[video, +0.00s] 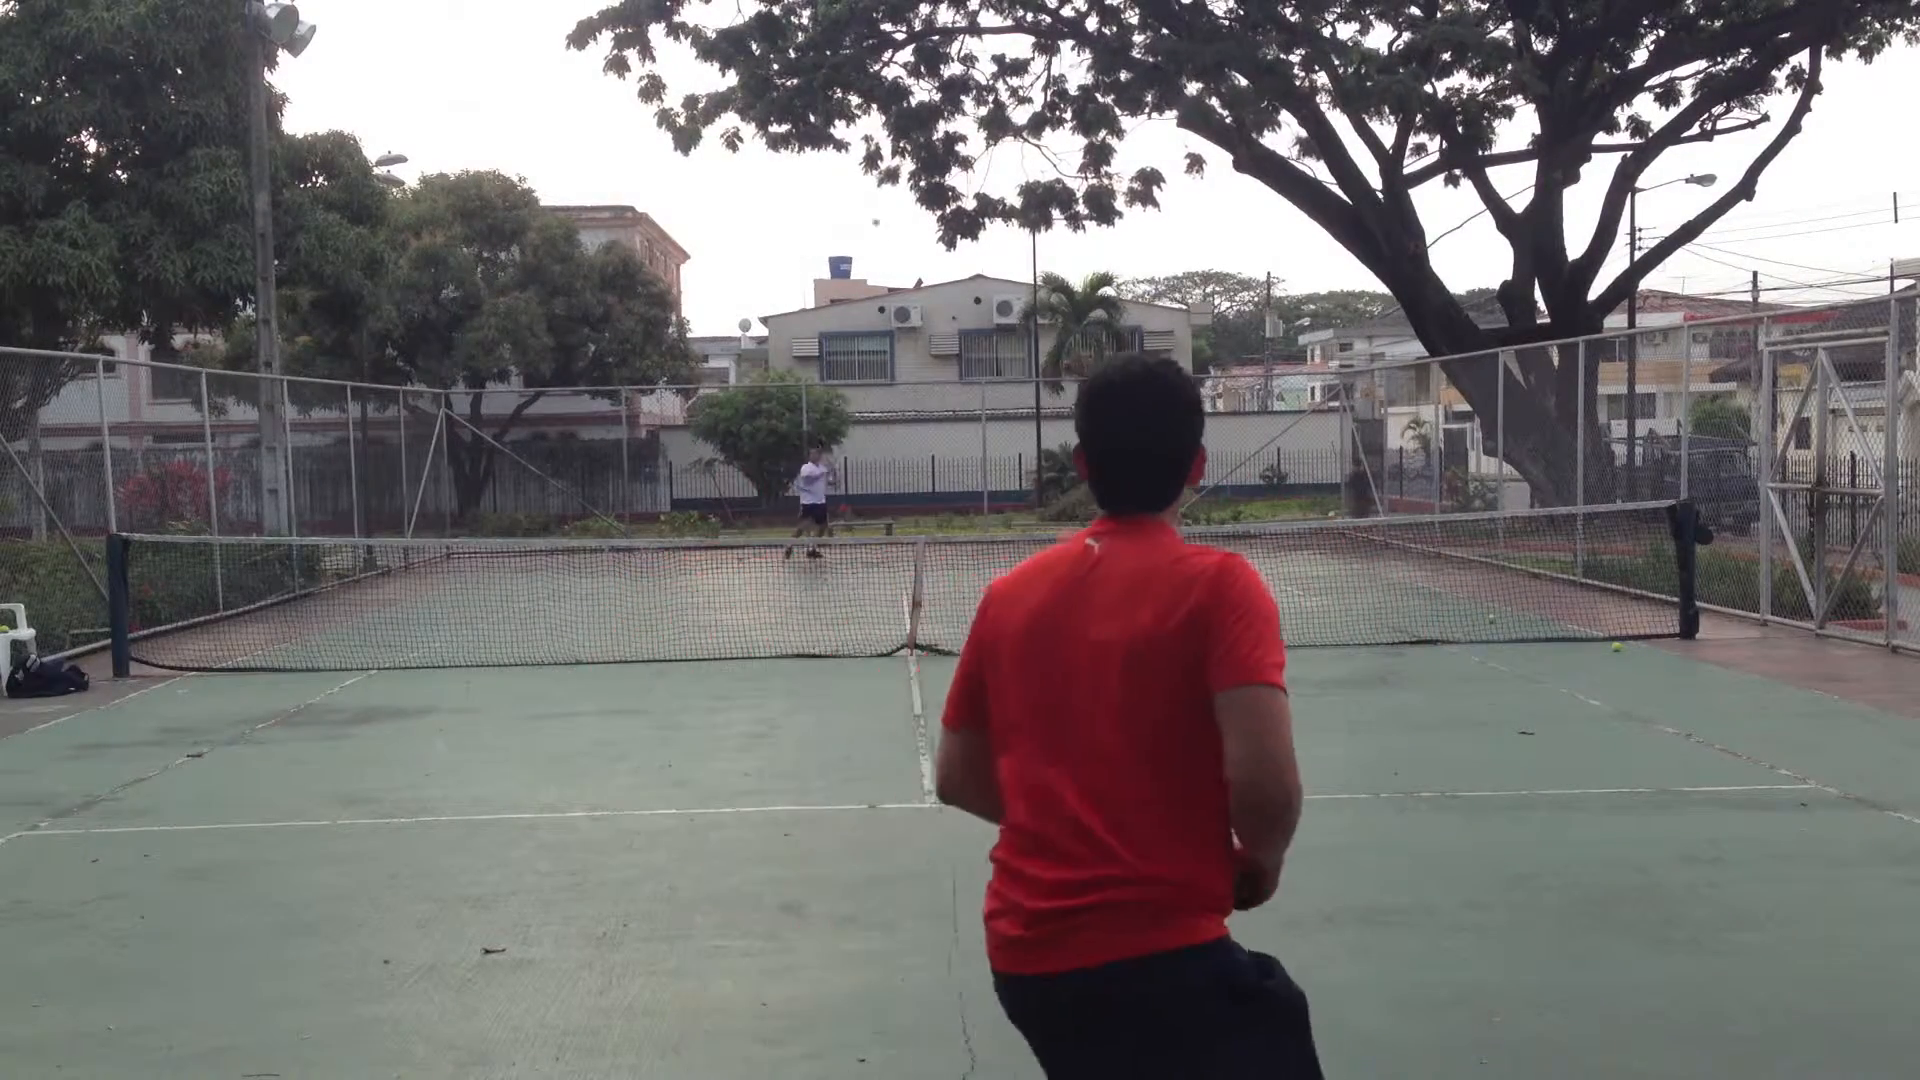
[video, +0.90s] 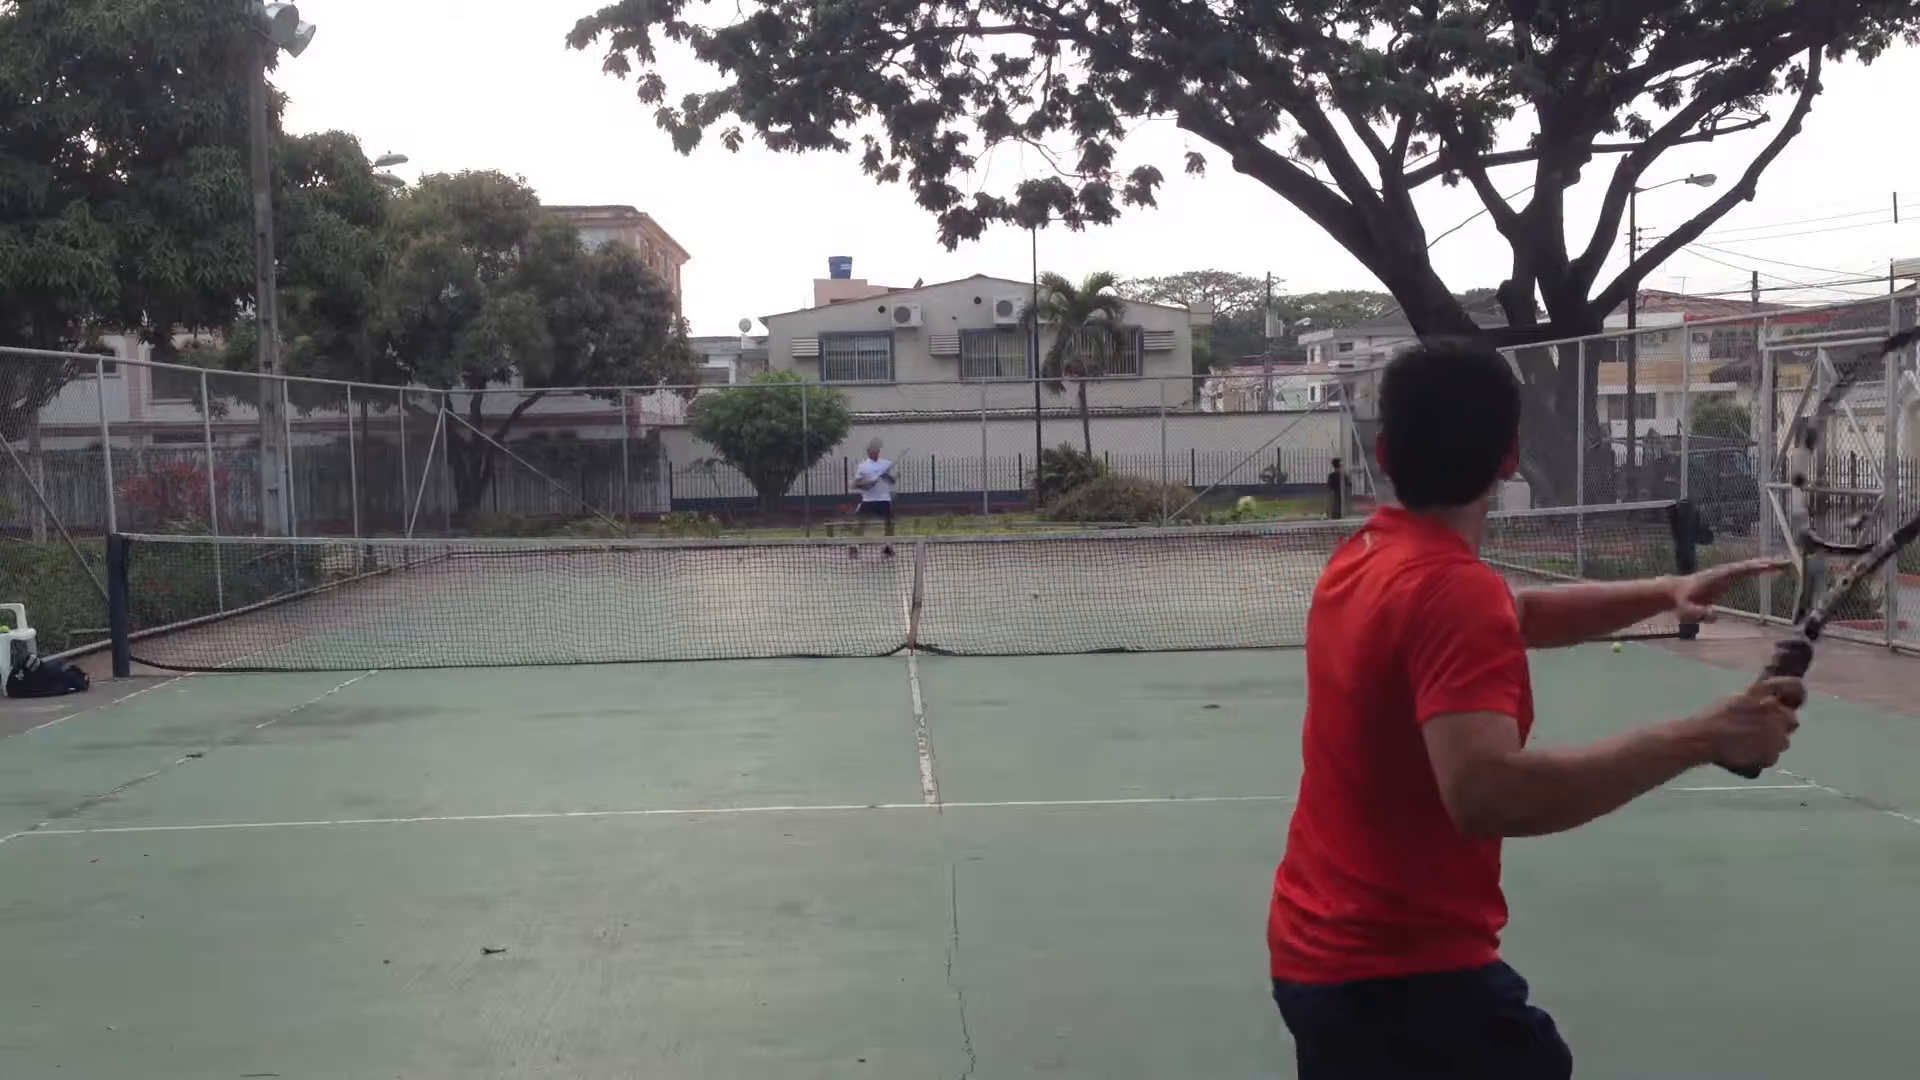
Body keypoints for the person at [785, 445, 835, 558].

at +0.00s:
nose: (815, 456)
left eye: (817, 453)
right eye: (813, 453)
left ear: (820, 455)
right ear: (809, 456)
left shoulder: (821, 468)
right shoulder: (806, 468)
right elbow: (807, 479)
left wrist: (829, 464)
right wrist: (822, 472)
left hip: (820, 501)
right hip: (808, 502)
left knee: (822, 526)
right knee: (804, 524)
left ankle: (813, 548)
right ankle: (790, 545)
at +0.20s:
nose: (827, 452)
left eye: (829, 450)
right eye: (825, 450)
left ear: (831, 451)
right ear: (821, 452)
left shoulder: (835, 467)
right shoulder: (816, 466)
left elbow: (840, 485)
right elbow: (810, 482)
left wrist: (843, 476)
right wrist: (825, 482)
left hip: (832, 498)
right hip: (821, 498)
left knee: (827, 524)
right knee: (827, 523)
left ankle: (815, 546)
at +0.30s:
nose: (835, 452)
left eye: (836, 449)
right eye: (832, 449)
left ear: (837, 451)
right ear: (827, 451)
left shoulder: (841, 465)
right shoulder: (821, 465)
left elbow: (846, 480)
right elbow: (814, 480)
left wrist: (846, 480)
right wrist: (828, 483)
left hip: (840, 497)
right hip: (827, 497)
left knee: (835, 523)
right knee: (834, 522)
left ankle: (817, 545)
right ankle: (838, 548)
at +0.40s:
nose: (839, 453)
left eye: (840, 451)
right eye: (836, 451)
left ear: (843, 452)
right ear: (831, 453)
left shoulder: (848, 466)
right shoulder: (826, 468)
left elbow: (853, 483)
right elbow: (821, 484)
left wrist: (852, 481)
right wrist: (833, 485)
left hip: (847, 499)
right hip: (834, 500)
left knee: (847, 525)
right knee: (839, 523)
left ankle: (829, 543)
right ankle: (839, 547)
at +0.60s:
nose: (851, 453)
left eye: (853, 450)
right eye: (849, 451)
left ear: (855, 451)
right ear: (845, 452)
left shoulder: (862, 464)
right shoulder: (840, 466)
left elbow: (868, 482)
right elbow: (837, 482)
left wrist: (867, 477)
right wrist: (849, 483)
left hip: (861, 498)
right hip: (847, 499)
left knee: (870, 520)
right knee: (844, 524)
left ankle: (867, 543)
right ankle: (839, 546)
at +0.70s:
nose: (860, 454)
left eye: (862, 451)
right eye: (858, 452)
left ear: (864, 452)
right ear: (854, 453)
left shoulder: (870, 465)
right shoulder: (847, 466)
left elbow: (876, 483)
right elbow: (843, 484)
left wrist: (874, 477)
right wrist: (855, 482)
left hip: (869, 499)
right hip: (853, 500)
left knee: (879, 522)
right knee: (848, 523)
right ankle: (841, 547)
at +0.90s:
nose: (874, 454)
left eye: (876, 452)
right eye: (872, 452)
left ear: (879, 451)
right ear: (868, 452)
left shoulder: (887, 464)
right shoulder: (863, 466)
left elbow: (893, 480)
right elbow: (856, 482)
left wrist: (886, 476)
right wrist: (869, 482)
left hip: (884, 499)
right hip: (868, 500)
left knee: (889, 522)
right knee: (860, 522)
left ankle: (888, 545)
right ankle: (854, 544)